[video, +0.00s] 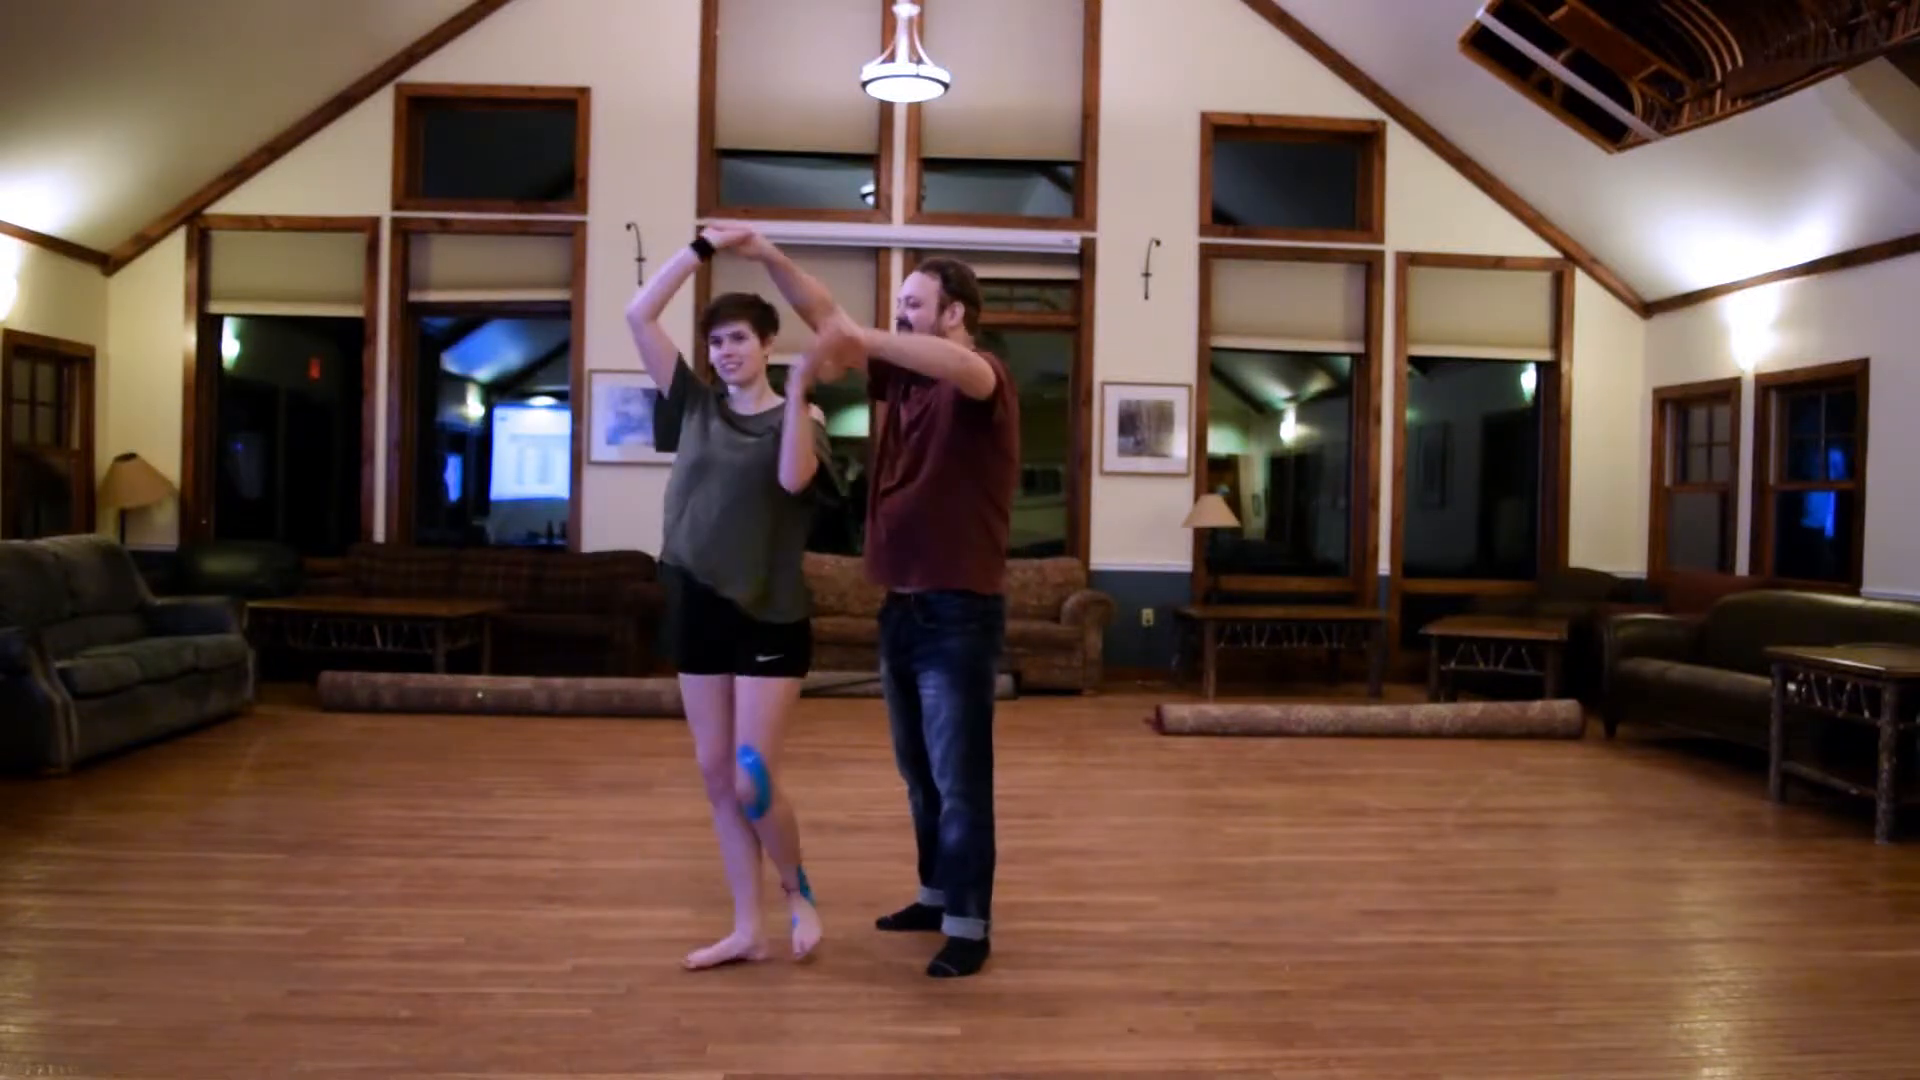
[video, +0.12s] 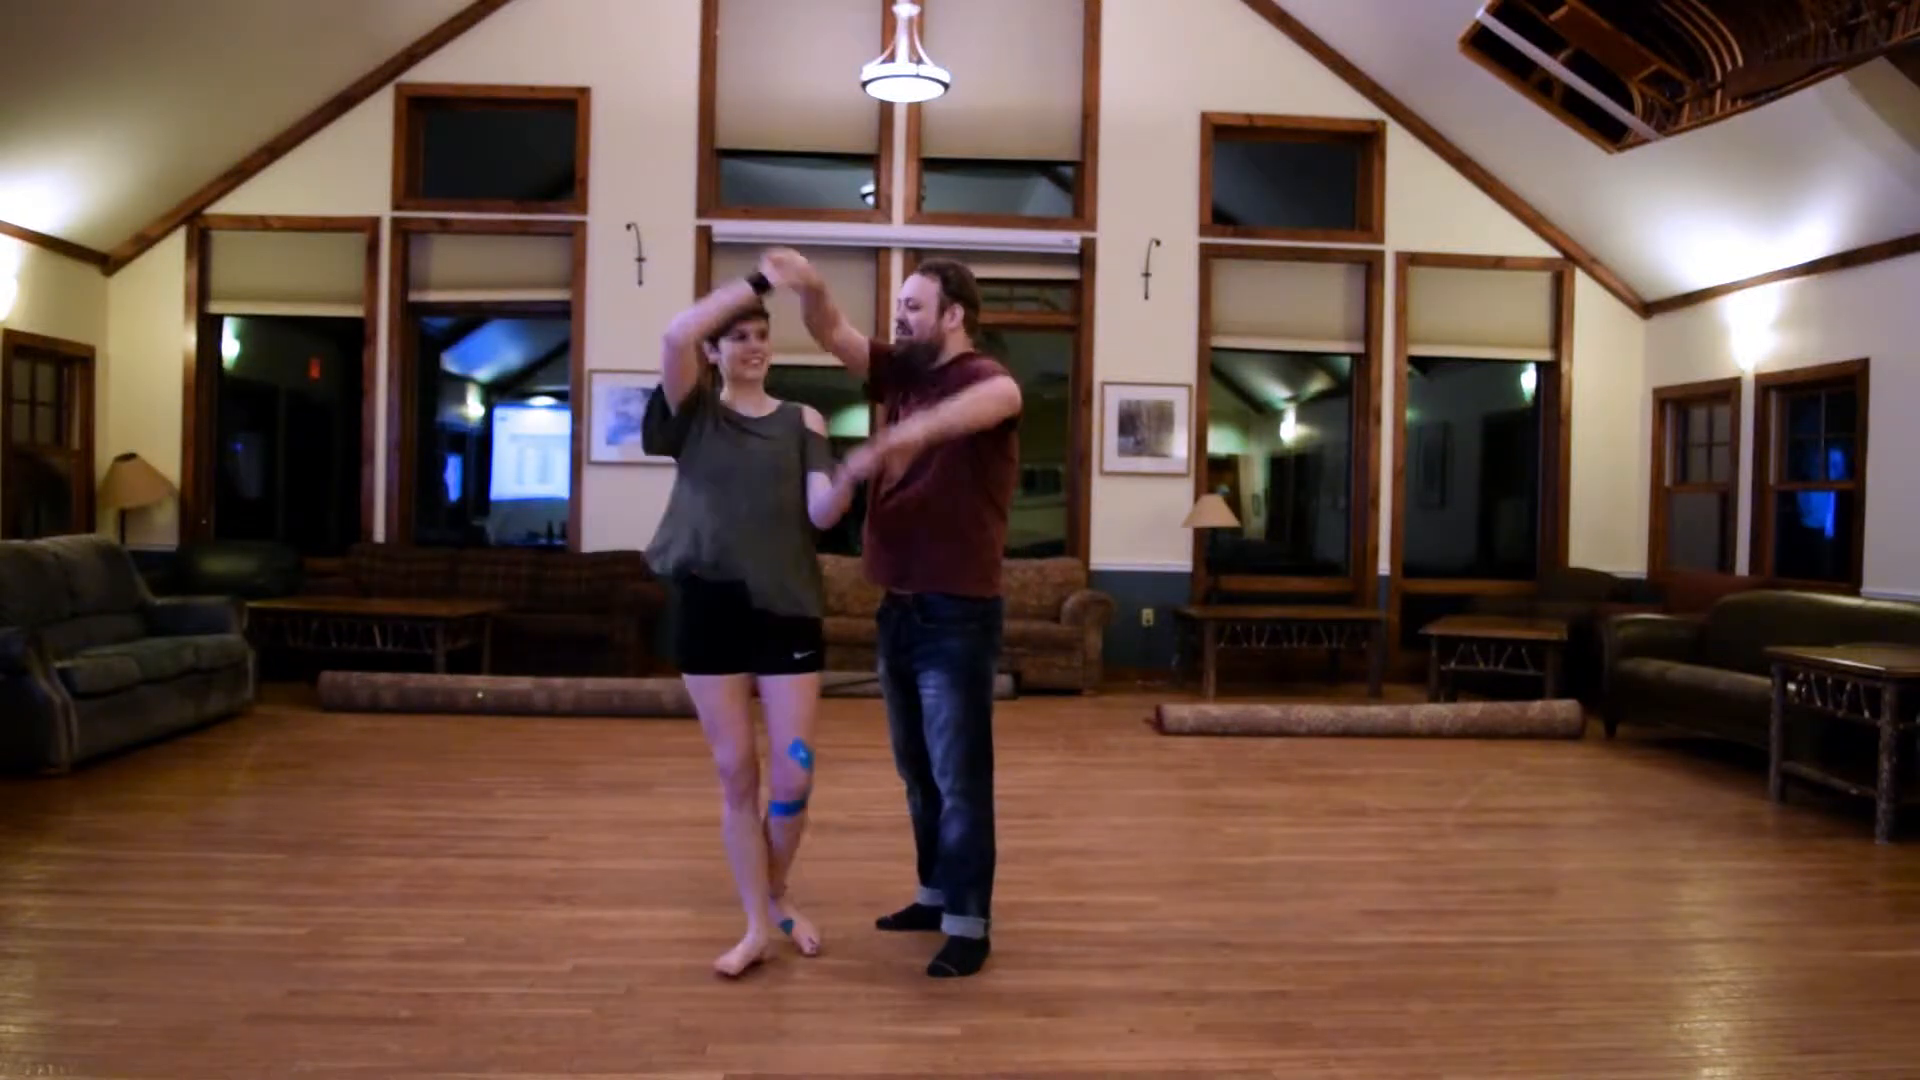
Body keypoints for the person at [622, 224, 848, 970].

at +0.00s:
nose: (726, 350)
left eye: (738, 339)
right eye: (717, 341)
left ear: (767, 345)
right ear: (708, 351)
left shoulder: (795, 417)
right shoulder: (698, 404)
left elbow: (795, 477)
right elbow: (639, 317)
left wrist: (796, 388)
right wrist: (696, 250)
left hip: (772, 611)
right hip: (699, 603)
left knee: (751, 782)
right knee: (717, 777)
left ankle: (796, 897)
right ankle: (748, 929)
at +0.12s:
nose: (754, 344)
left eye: (762, 333)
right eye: (739, 335)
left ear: (774, 345)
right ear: (713, 349)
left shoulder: (802, 421)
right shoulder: (692, 411)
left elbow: (821, 513)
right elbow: (680, 335)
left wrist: (852, 471)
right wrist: (755, 284)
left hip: (787, 604)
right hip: (708, 601)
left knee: (793, 775)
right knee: (736, 773)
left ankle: (778, 894)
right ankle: (757, 928)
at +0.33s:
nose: (799, 348)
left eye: (796, 337)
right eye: (788, 338)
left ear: (764, 350)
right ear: (753, 349)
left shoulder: (785, 417)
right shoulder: (731, 422)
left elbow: (799, 531)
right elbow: (810, 484)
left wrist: (849, 586)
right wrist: (850, 448)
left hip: (784, 615)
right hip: (735, 617)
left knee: (789, 771)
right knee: (781, 776)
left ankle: (744, 916)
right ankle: (760, 933)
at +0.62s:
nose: (825, 354)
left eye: (821, 344)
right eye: (823, 346)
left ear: (757, 351)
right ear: (813, 351)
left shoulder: (724, 425)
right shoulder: (830, 418)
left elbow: (693, 479)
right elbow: (866, 486)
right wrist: (845, 430)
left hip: (749, 621)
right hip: (822, 626)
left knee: (773, 774)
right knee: (827, 788)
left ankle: (740, 921)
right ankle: (834, 945)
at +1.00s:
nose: (800, 317)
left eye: (811, 305)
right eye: (804, 306)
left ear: (837, 317)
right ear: (844, 324)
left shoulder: (833, 383)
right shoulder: (803, 392)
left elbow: (792, 261)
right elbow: (730, 334)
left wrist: (800, 242)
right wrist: (781, 267)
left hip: (817, 595)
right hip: (809, 593)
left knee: (784, 783)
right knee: (810, 777)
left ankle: (852, 945)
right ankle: (827, 937)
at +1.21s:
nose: (842, 328)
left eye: (848, 319)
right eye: (828, 318)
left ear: (857, 332)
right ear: (793, 331)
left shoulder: (877, 392)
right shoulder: (765, 394)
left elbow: (937, 297)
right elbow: (760, 277)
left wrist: (882, 241)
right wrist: (848, 258)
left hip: (849, 598)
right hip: (771, 597)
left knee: (825, 787)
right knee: (784, 796)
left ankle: (857, 944)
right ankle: (786, 958)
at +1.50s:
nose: (853, 335)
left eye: (853, 326)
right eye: (850, 324)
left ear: (786, 332)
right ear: (834, 326)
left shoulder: (810, 394)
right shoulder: (804, 396)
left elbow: (881, 388)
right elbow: (926, 394)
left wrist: (876, 304)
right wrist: (904, 317)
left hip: (845, 609)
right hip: (805, 613)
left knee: (852, 790)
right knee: (809, 797)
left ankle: (796, 954)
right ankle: (774, 986)